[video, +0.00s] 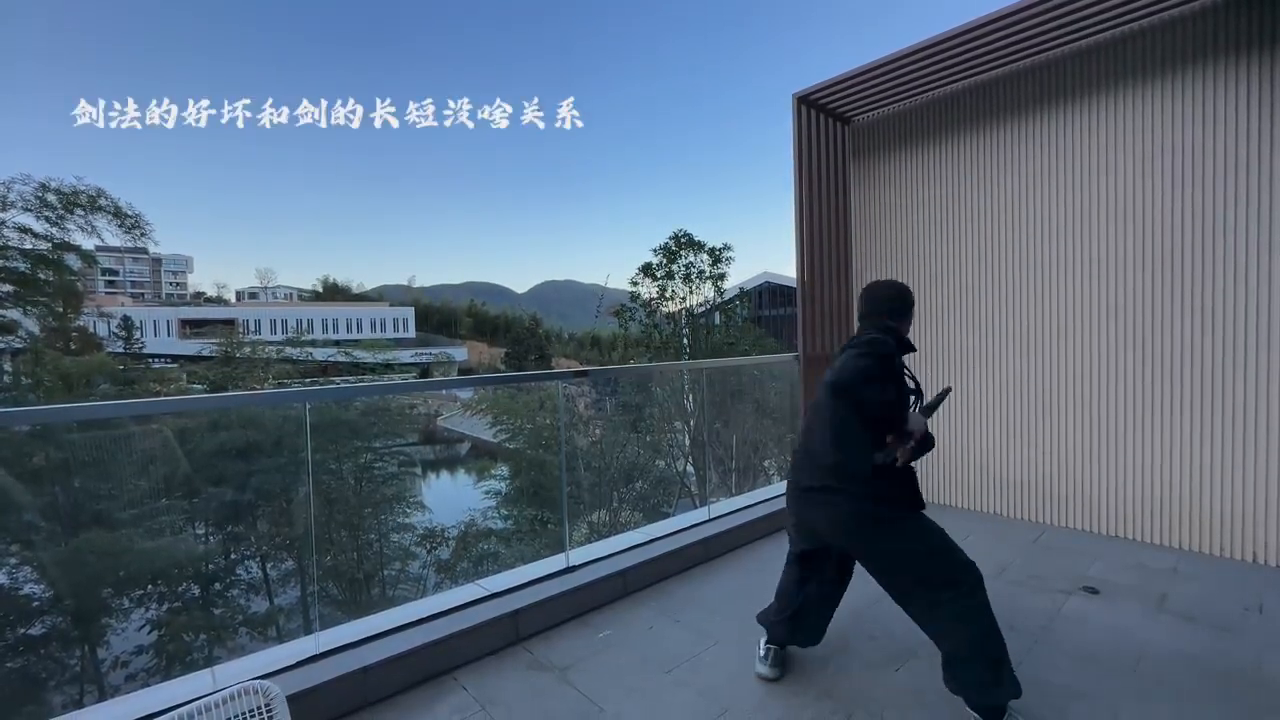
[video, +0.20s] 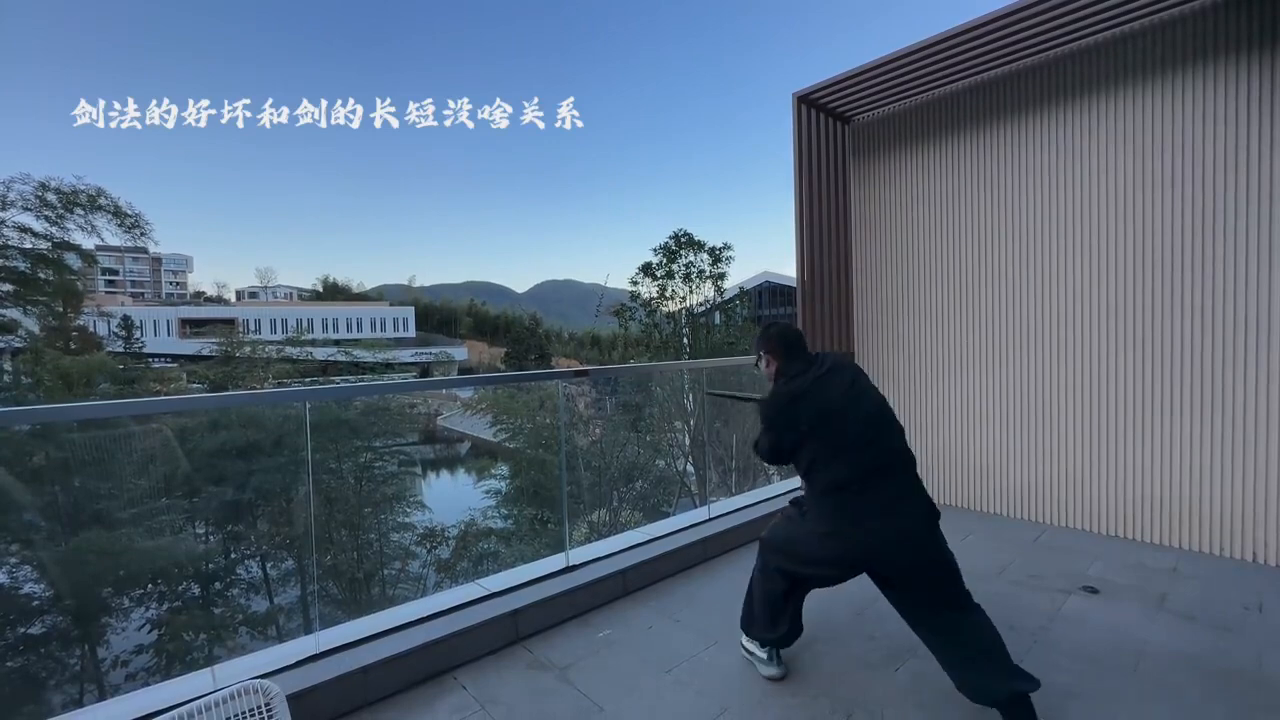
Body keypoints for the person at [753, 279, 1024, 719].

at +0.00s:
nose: (910, 325)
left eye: (908, 317)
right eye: (909, 317)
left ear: (863, 315)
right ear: (903, 319)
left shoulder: (847, 357)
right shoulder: (881, 357)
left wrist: (911, 440)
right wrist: (904, 439)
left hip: (811, 498)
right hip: (867, 504)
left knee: (812, 560)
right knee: (956, 582)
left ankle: (773, 643)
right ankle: (991, 702)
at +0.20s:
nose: (762, 372)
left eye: (761, 363)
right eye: (759, 364)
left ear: (772, 360)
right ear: (802, 349)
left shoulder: (784, 400)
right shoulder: (844, 368)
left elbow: (772, 452)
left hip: (846, 526)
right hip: (908, 517)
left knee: (778, 547)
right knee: (953, 608)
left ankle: (763, 643)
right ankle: (1015, 702)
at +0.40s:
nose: (776, 369)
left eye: (775, 362)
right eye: (775, 362)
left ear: (786, 361)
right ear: (818, 350)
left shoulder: (798, 403)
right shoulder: (858, 372)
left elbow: (772, 451)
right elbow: (828, 407)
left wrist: (769, 410)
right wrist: (774, 398)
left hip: (852, 531)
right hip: (916, 527)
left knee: (782, 548)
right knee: (952, 613)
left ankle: (765, 641)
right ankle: (1019, 706)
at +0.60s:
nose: (865, 328)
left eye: (866, 319)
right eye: (864, 320)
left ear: (885, 315)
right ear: (918, 309)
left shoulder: (901, 362)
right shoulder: (962, 345)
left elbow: (844, 403)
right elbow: (885, 372)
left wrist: (822, 361)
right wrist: (829, 356)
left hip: (928, 509)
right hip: (992, 509)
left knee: (851, 568)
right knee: (965, 610)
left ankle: (786, 631)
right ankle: (1034, 700)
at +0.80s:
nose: (930, 285)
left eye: (934, 273)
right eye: (930, 275)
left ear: (960, 272)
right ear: (975, 272)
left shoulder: (993, 329)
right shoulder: (1023, 310)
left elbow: (963, 425)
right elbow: (961, 385)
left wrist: (899, 441)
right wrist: (899, 416)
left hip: (1053, 502)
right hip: (1101, 495)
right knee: (1047, 614)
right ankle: (1058, 701)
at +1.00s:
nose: (972, 308)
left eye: (977, 296)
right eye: (973, 298)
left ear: (1007, 299)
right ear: (1015, 300)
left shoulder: (1061, 367)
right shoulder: (1075, 349)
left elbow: (1072, 488)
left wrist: (1058, 546)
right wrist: (1042, 498)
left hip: (1168, 557)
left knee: (1181, 702)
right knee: (1040, 584)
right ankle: (1055, 709)